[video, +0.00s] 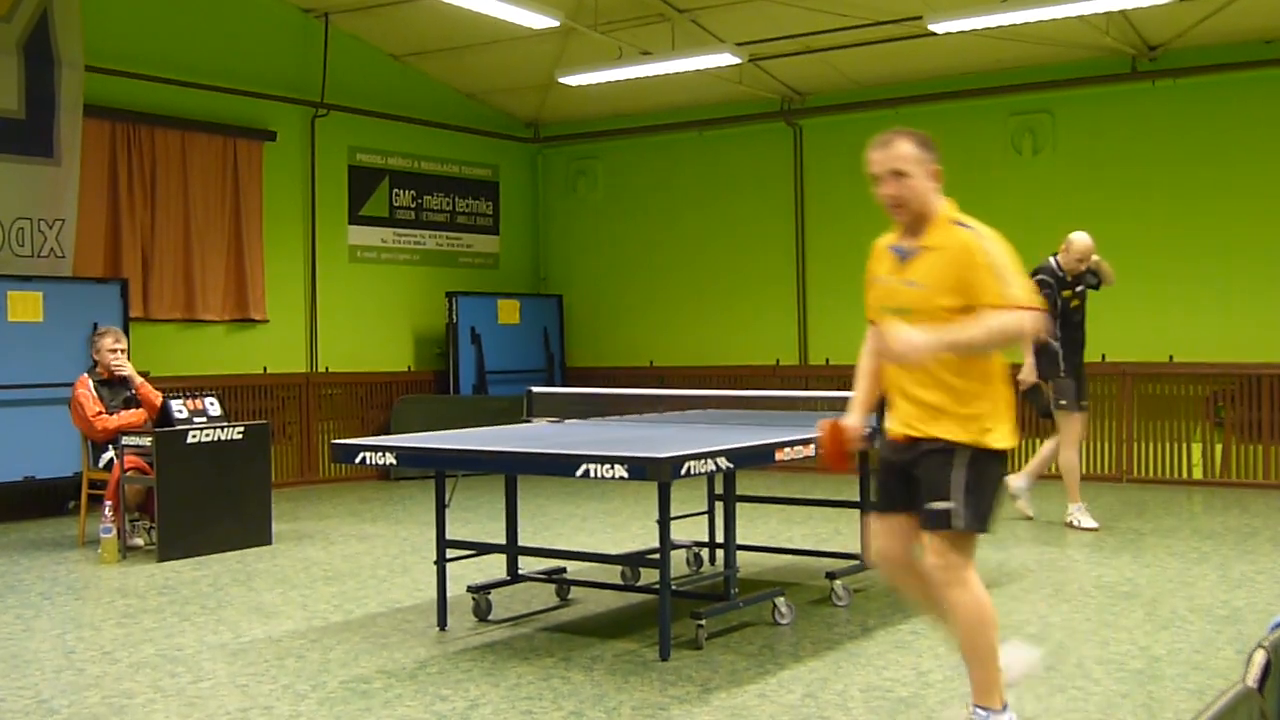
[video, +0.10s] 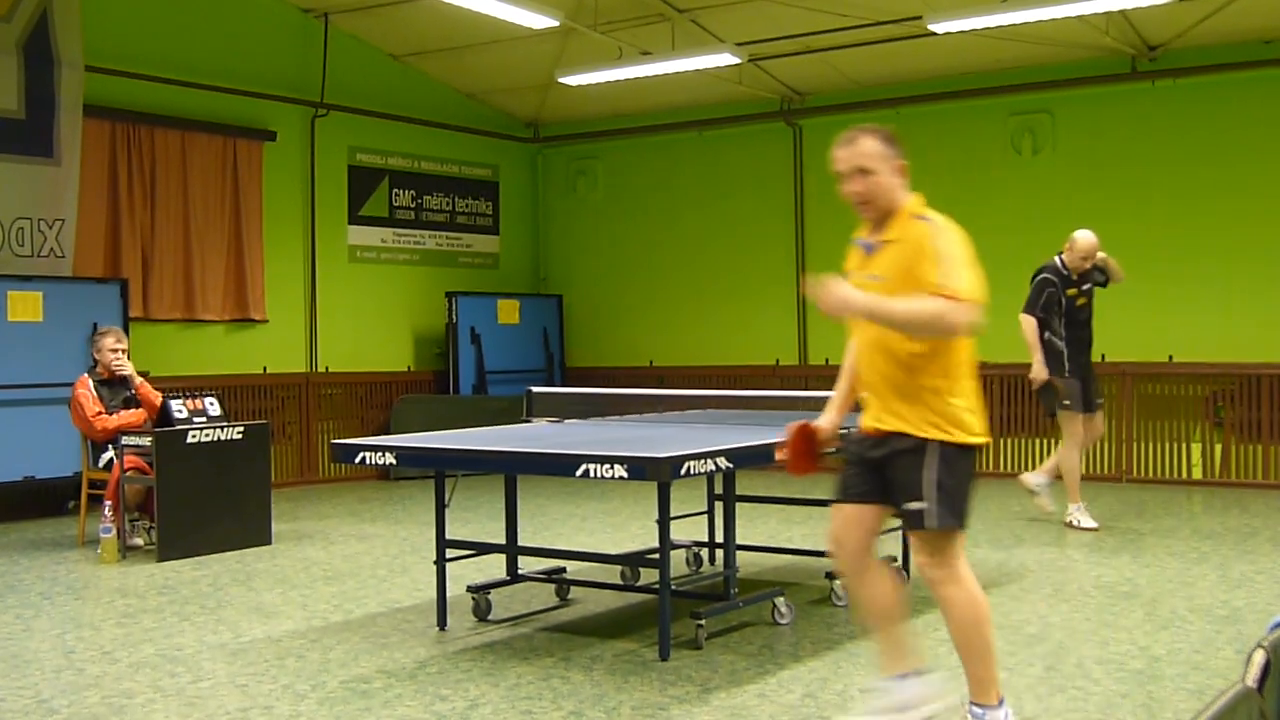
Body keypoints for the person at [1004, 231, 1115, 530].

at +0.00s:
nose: (1082, 267)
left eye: (1085, 262)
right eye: (1078, 261)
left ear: (1087, 260)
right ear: (1063, 252)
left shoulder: (1082, 274)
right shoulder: (1045, 277)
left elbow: (1107, 281)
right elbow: (1027, 321)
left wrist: (1097, 262)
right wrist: (1028, 362)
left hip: (1075, 363)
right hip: (1055, 363)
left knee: (1072, 431)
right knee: (1070, 431)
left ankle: (1022, 479)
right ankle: (1075, 506)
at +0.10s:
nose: (1087, 265)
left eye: (1090, 260)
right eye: (1082, 259)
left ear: (1094, 258)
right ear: (1067, 250)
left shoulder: (1087, 271)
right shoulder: (1048, 278)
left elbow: (1115, 278)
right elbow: (1028, 317)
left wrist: (1105, 260)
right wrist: (1038, 361)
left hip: (1084, 364)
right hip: (1060, 366)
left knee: (1094, 429)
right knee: (1072, 435)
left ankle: (1039, 477)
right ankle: (1075, 507)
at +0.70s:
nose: (1117, 262)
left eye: (1122, 257)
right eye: (1111, 256)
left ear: (1132, 251)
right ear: (1102, 250)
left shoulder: (1147, 270)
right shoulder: (1084, 273)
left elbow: (1176, 294)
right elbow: (1055, 311)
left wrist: (1180, 295)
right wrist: (1067, 350)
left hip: (1135, 369)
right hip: (1096, 369)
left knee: (1142, 440)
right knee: (1095, 441)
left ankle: (1146, 516)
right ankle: (1087, 501)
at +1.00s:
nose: (1109, 262)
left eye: (1115, 257)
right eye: (1104, 257)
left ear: (1130, 248)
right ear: (1099, 252)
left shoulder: (1153, 268)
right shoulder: (1091, 270)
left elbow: (1170, 312)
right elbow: (1075, 307)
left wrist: (1144, 351)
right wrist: (1078, 348)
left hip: (1139, 364)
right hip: (1099, 363)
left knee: (1143, 442)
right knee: (1089, 435)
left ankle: (1146, 517)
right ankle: (1095, 516)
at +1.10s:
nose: (1105, 265)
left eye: (1110, 259)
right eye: (1100, 260)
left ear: (1125, 250)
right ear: (1094, 255)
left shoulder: (1149, 269)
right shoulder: (1089, 271)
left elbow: (1165, 314)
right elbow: (1074, 309)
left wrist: (1132, 350)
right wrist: (1078, 350)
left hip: (1139, 368)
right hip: (1097, 365)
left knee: (1142, 444)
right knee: (1092, 438)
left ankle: (1146, 517)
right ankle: (1088, 518)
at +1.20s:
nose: (1093, 269)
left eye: (1098, 262)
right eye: (1089, 263)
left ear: (1115, 252)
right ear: (1084, 258)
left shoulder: (1139, 269)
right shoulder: (1080, 275)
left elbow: (1158, 315)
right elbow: (1066, 316)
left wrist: (1126, 350)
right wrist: (1071, 355)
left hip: (1132, 371)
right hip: (1092, 369)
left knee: (1140, 446)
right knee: (1089, 441)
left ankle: (1146, 517)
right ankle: (1091, 523)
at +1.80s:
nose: (1033, 248)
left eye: (1039, 242)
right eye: (1029, 242)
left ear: (1059, 242)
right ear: (1028, 244)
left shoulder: (1086, 266)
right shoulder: (1026, 276)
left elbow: (1117, 309)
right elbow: (1020, 318)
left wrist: (1104, 360)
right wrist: (1020, 350)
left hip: (1085, 367)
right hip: (1049, 368)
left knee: (1081, 444)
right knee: (1062, 449)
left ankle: (1071, 527)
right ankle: (1086, 526)